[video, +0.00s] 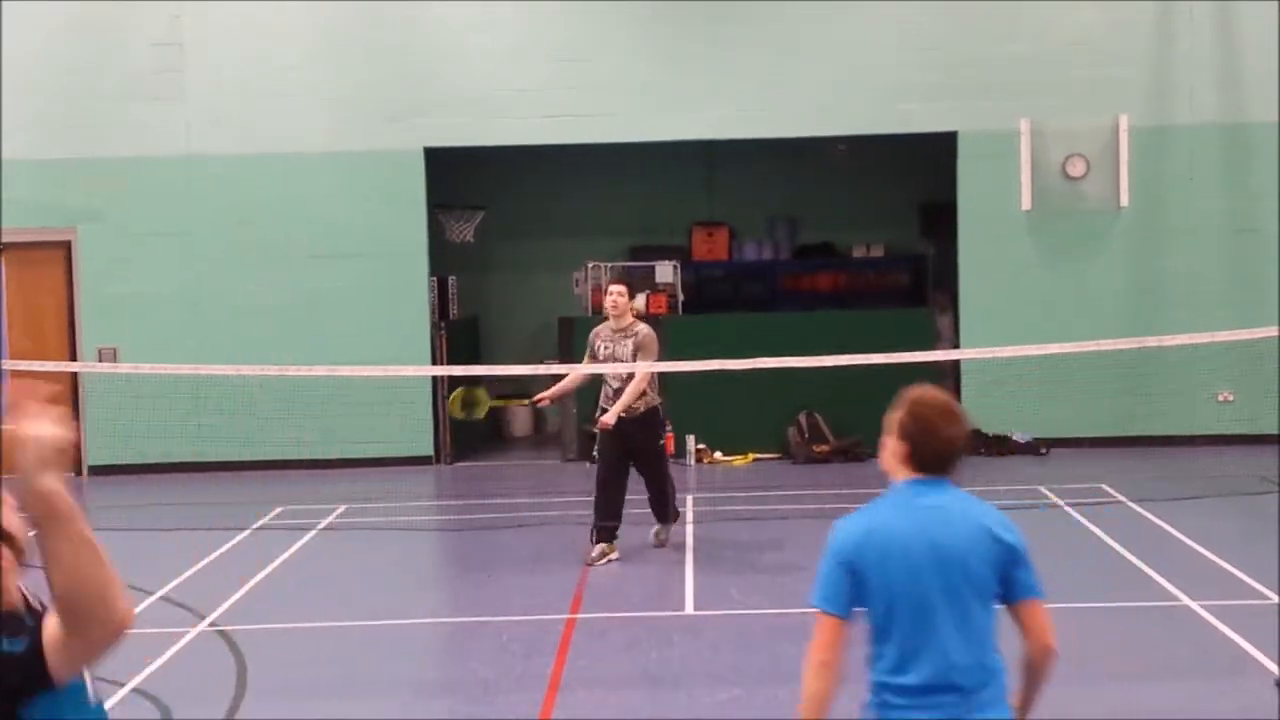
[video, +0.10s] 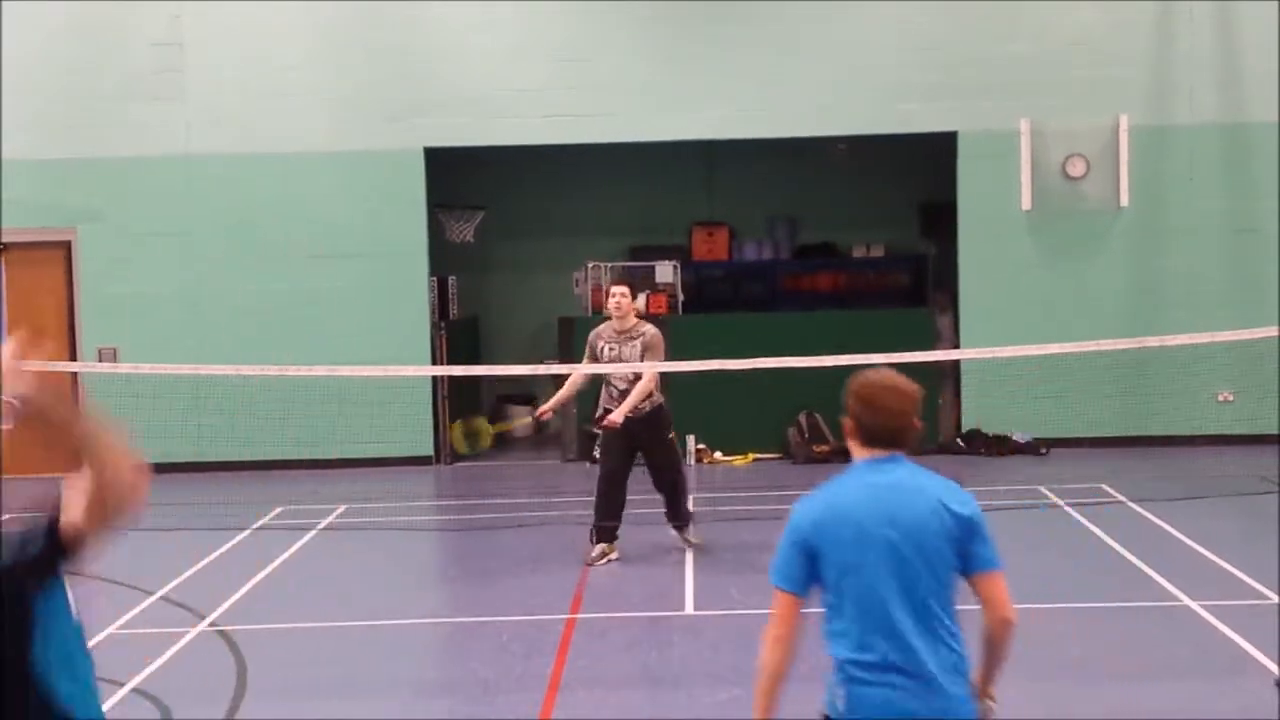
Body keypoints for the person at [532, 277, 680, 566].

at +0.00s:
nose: (612, 299)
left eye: (619, 295)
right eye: (609, 295)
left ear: (630, 301)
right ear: (604, 300)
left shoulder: (644, 335)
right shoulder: (598, 334)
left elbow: (642, 379)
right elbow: (585, 372)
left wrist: (614, 411)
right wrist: (552, 393)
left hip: (642, 415)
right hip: (609, 415)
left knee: (655, 473)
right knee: (608, 477)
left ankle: (665, 519)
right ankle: (605, 540)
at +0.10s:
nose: (616, 301)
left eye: (622, 296)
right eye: (612, 297)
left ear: (634, 303)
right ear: (606, 303)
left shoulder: (650, 335)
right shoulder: (598, 336)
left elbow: (649, 380)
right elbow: (582, 375)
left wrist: (620, 410)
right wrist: (552, 404)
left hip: (649, 415)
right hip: (613, 417)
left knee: (670, 473)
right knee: (610, 477)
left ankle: (681, 523)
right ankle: (605, 541)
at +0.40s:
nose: (651, 314)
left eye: (656, 309)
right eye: (646, 310)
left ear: (668, 315)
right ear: (638, 316)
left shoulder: (685, 349)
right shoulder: (628, 350)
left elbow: (697, 394)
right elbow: (613, 388)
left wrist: (684, 427)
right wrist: (589, 422)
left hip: (678, 430)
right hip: (640, 430)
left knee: (710, 480)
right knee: (624, 482)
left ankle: (731, 535)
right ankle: (606, 542)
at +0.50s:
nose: (676, 314)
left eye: (682, 309)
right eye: (671, 309)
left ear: (693, 316)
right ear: (663, 317)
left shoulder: (709, 352)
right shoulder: (651, 351)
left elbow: (719, 395)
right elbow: (636, 386)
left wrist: (707, 432)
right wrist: (613, 416)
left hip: (696, 433)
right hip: (657, 432)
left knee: (720, 491)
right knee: (635, 486)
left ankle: (734, 546)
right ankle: (605, 541)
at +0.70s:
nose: (721, 301)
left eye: (728, 297)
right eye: (718, 297)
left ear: (739, 309)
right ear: (712, 307)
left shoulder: (751, 342)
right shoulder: (699, 339)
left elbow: (760, 381)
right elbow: (690, 373)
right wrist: (674, 376)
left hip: (742, 411)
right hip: (706, 408)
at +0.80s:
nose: (737, 294)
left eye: (744, 292)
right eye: (735, 291)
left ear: (756, 303)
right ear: (730, 299)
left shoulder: (768, 335)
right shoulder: (718, 335)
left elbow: (782, 378)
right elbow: (701, 368)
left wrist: (789, 422)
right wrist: (683, 351)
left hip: (755, 408)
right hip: (719, 407)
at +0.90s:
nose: (754, 280)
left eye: (761, 277)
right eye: (752, 277)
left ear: (773, 289)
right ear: (748, 287)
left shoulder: (781, 319)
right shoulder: (736, 322)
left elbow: (800, 357)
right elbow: (719, 354)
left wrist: (804, 395)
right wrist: (702, 345)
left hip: (768, 395)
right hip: (740, 396)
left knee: (764, 454)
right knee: (728, 451)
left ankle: (766, 508)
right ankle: (730, 506)